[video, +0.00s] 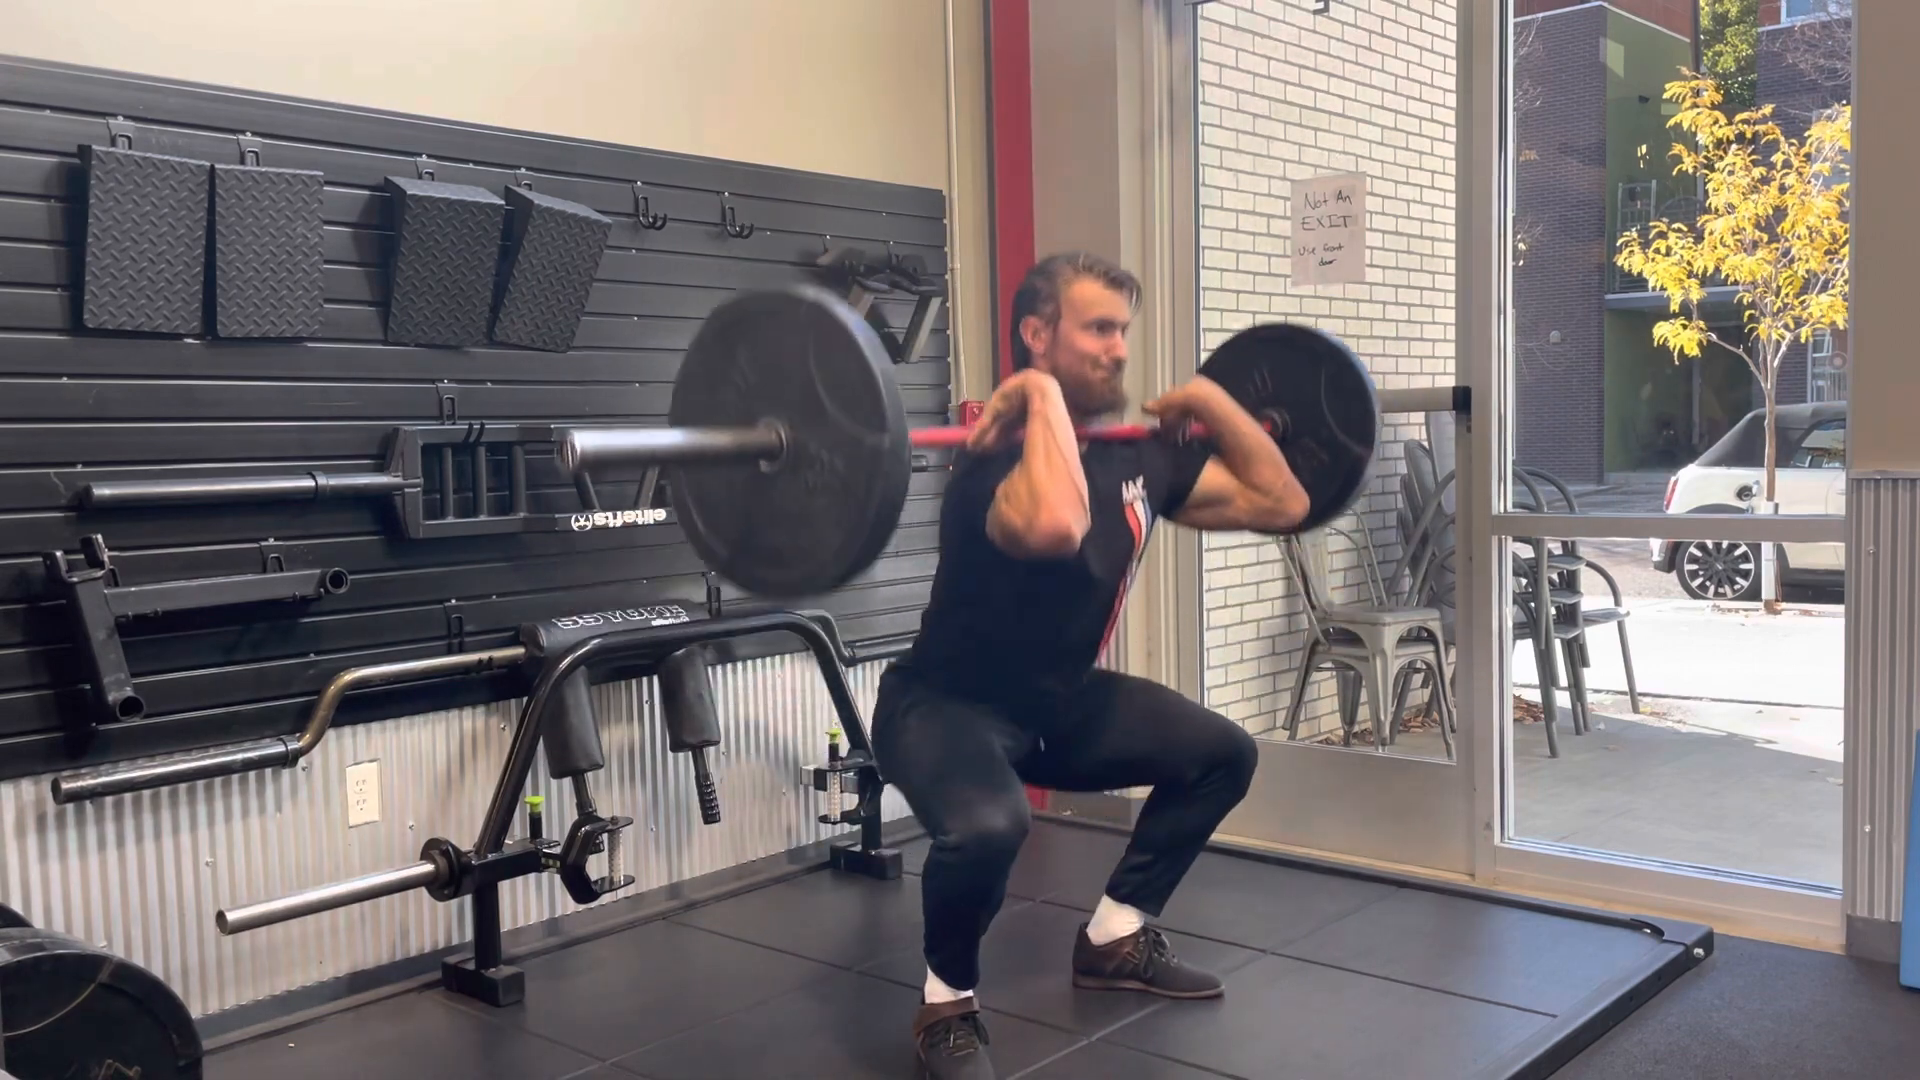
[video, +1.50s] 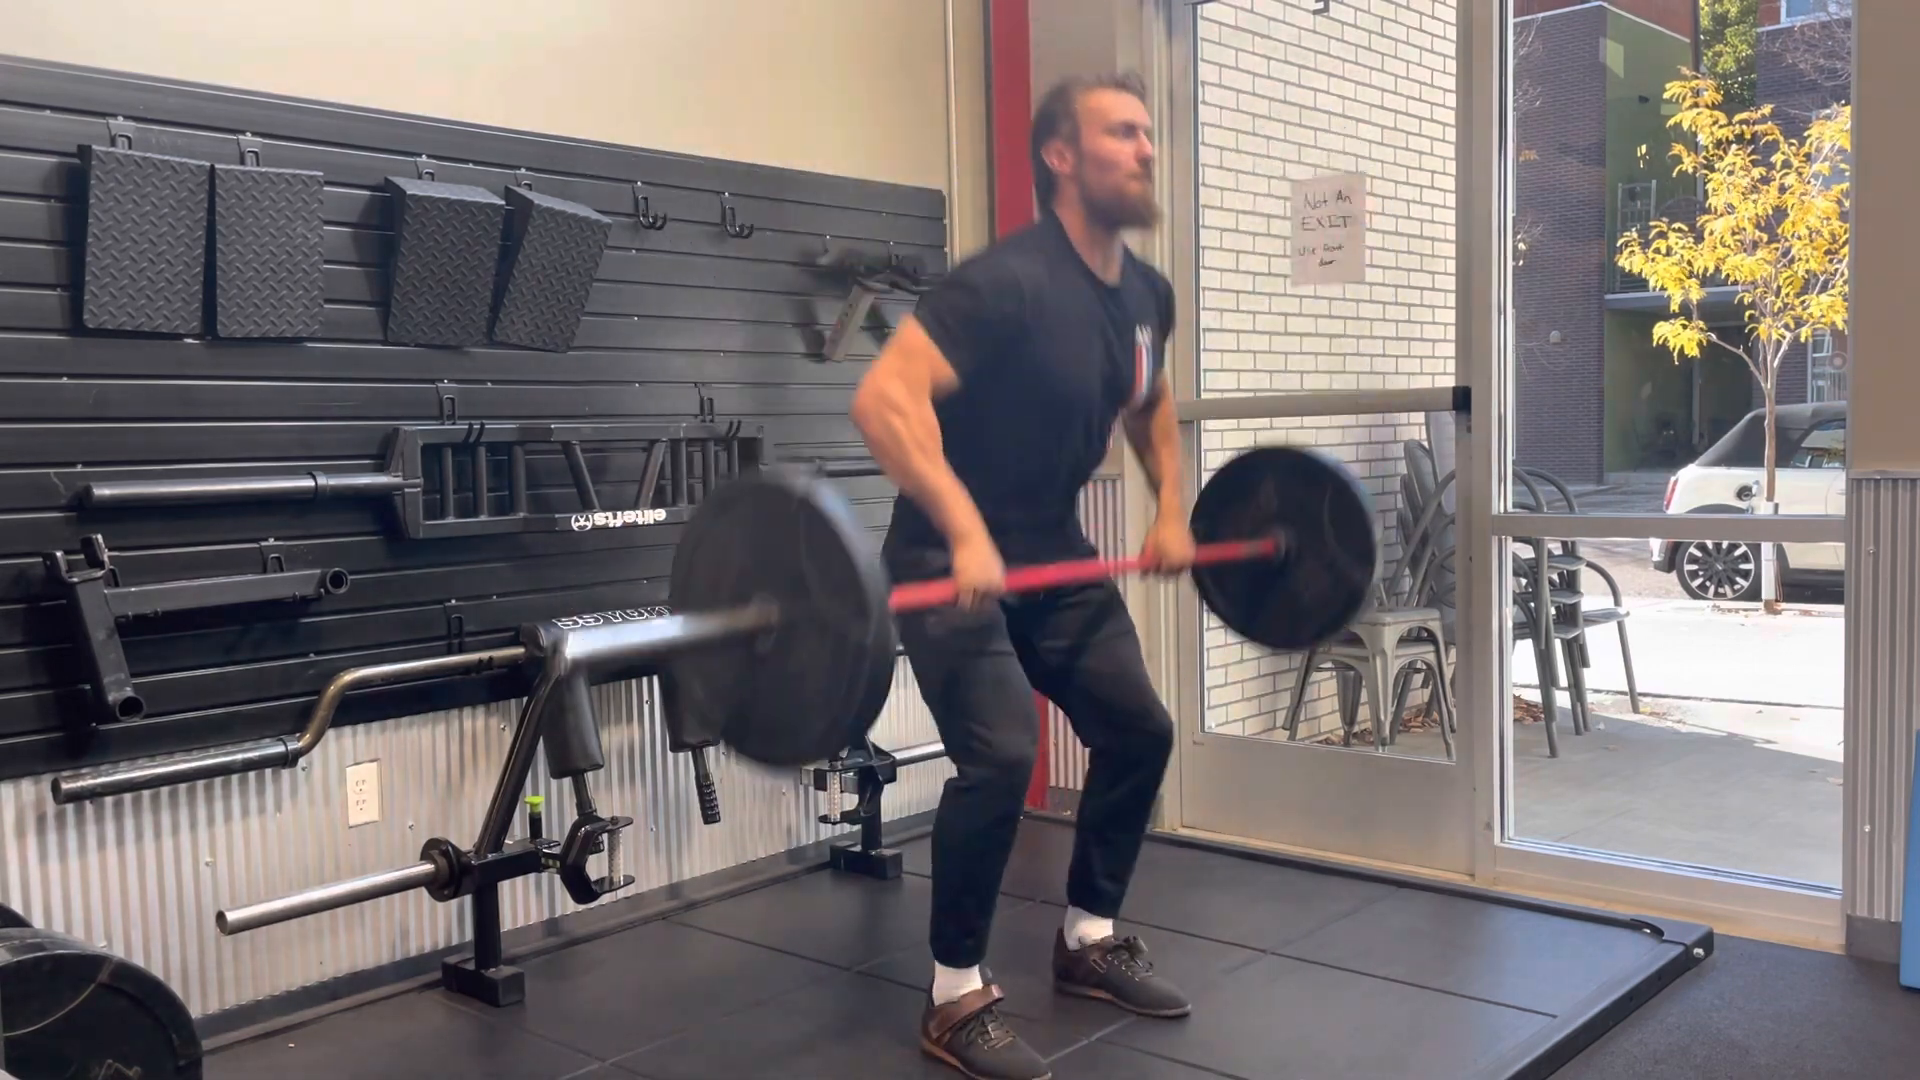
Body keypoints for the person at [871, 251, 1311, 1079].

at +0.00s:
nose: (1119, 348)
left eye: (1123, 330)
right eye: (1099, 329)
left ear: (1126, 341)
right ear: (1036, 337)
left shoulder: (1138, 458)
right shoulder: (992, 455)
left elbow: (1280, 502)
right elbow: (1056, 525)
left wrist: (1210, 403)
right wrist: (1043, 392)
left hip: (1061, 702)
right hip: (946, 703)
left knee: (1222, 753)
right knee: (987, 826)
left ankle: (1113, 938)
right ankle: (947, 1000)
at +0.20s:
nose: (1111, 230)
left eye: (1117, 214)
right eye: (1091, 211)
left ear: (1117, 227)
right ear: (1029, 218)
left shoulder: (1134, 346)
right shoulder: (988, 338)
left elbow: (1282, 391)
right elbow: (1054, 384)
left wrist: (1195, 286)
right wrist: (1029, 262)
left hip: (1066, 621)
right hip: (959, 626)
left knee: (1207, 748)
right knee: (1000, 802)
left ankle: (1112, 939)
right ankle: (947, 998)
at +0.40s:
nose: (1102, 124)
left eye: (1108, 108)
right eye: (1082, 103)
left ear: (1106, 128)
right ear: (1022, 117)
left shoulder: (1131, 241)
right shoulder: (977, 230)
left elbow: (1277, 265)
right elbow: (1051, 246)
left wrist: (1184, 179)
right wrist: (1013, 139)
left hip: (1085, 550)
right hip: (978, 553)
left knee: (1170, 728)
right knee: (996, 758)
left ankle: (1110, 938)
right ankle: (946, 998)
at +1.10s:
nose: (1104, 87)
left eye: (1110, 71)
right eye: (1085, 67)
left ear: (1110, 88)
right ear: (1020, 72)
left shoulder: (1124, 207)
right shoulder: (977, 192)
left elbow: (1217, 313)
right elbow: (1008, 297)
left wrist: (1204, 194)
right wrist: (1008, 147)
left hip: (1108, 519)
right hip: (1005, 516)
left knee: (1116, 732)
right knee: (985, 746)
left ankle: (1104, 936)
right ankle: (945, 993)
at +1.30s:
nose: (1107, 73)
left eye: (1111, 56)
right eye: (1087, 52)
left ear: (1101, 74)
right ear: (1019, 66)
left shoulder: (1097, 190)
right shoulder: (946, 178)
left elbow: (1090, 298)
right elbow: (847, 264)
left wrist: (1148, 302)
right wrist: (955, 289)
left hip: (1093, 507)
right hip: (990, 512)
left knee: (1118, 720)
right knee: (995, 735)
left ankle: (1104, 934)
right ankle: (951, 986)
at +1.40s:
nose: (1116, 96)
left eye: (1120, 79)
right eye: (1094, 76)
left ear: (1113, 99)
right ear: (1026, 90)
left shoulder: (1120, 215)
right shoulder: (965, 205)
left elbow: (1151, 311)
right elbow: (859, 303)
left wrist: (1179, 397)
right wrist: (972, 404)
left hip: (1067, 518)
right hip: (964, 522)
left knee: (1104, 724)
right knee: (994, 736)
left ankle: (1085, 943)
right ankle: (953, 988)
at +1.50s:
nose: (1148, 151)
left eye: (1149, 136)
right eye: (1125, 134)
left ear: (1143, 159)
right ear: (1059, 157)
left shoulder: (1144, 293)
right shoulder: (998, 282)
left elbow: (1147, 404)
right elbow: (882, 399)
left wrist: (1170, 506)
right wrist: (964, 532)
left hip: (1052, 550)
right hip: (946, 556)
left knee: (1138, 731)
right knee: (1001, 754)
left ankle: (1089, 942)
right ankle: (956, 997)